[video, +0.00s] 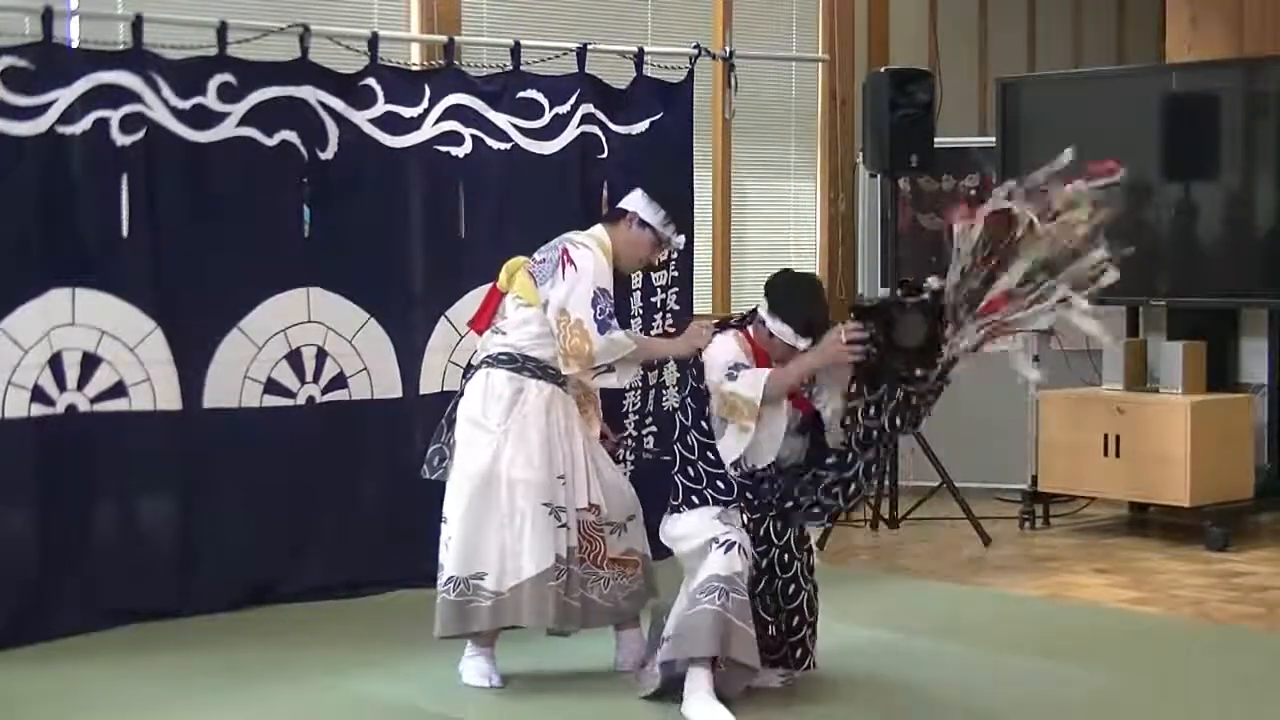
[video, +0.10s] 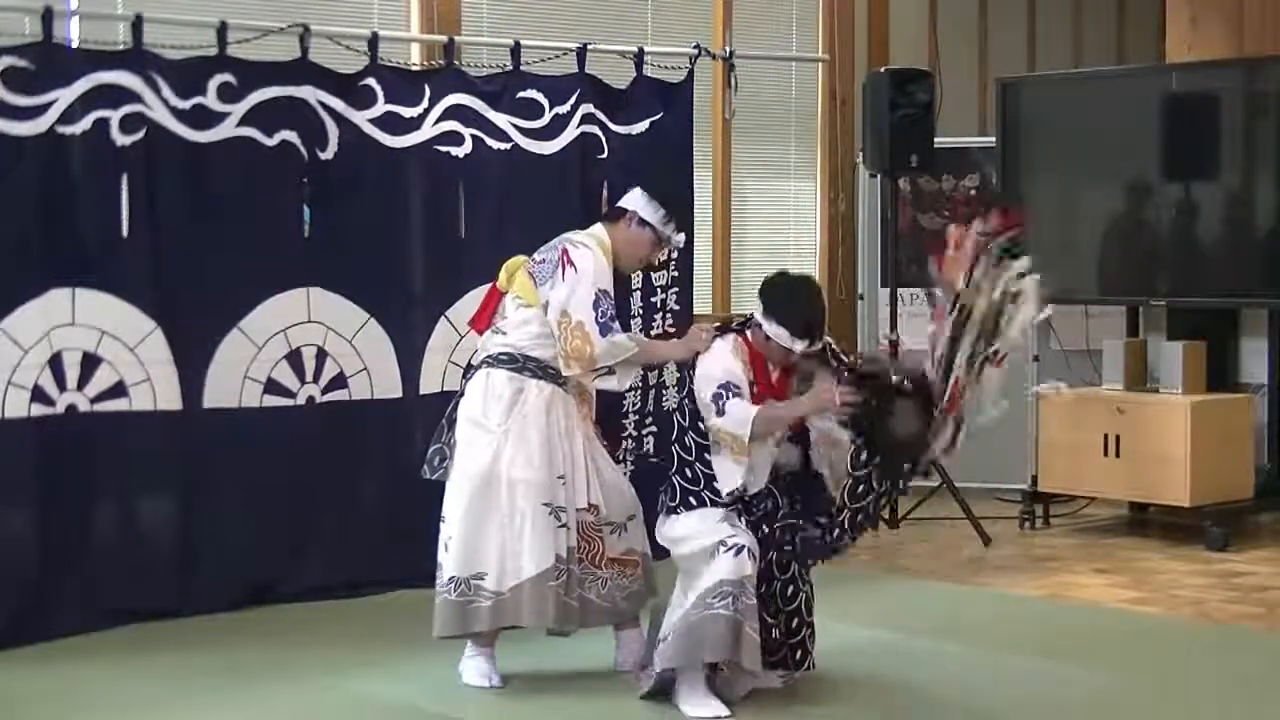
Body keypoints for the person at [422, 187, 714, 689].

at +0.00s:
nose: (652, 262)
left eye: (659, 253)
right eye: (655, 248)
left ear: (627, 225)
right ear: (631, 224)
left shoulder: (583, 257)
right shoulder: (583, 258)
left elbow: (580, 357)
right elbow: (590, 345)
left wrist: (590, 419)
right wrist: (674, 346)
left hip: (545, 402)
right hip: (512, 399)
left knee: (617, 505)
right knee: (501, 521)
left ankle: (633, 648)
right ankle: (479, 652)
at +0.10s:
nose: (652, 260)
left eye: (659, 251)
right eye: (655, 246)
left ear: (627, 224)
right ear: (631, 222)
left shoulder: (585, 258)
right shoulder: (583, 258)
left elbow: (589, 358)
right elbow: (586, 350)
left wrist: (670, 348)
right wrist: (676, 349)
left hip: (545, 401)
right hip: (512, 398)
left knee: (616, 506)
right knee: (501, 520)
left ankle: (632, 648)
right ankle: (479, 652)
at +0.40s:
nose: (663, 251)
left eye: (668, 240)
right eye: (664, 235)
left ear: (630, 219)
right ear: (631, 217)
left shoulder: (587, 256)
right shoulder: (589, 256)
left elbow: (573, 354)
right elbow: (598, 342)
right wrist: (683, 362)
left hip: (546, 405)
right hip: (512, 401)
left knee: (612, 509)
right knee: (502, 521)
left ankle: (632, 649)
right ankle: (479, 651)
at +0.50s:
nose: (666, 247)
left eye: (670, 236)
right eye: (665, 232)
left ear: (631, 218)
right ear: (632, 215)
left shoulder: (592, 257)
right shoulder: (588, 256)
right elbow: (599, 342)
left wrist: (651, 359)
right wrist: (678, 363)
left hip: (548, 403)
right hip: (512, 398)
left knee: (609, 510)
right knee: (504, 520)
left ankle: (631, 649)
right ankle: (480, 651)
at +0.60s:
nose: (667, 246)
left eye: (672, 235)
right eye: (666, 231)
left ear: (632, 217)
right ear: (633, 213)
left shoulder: (593, 256)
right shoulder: (586, 255)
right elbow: (592, 340)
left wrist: (654, 361)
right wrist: (671, 363)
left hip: (547, 403)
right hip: (512, 398)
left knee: (612, 514)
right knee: (501, 520)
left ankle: (633, 648)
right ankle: (480, 650)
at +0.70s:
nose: (667, 242)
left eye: (671, 231)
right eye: (665, 227)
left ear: (631, 215)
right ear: (631, 211)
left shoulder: (595, 258)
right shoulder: (583, 254)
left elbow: (582, 347)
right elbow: (586, 338)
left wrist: (657, 360)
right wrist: (665, 360)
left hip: (548, 401)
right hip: (511, 396)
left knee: (604, 517)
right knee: (501, 520)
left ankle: (631, 645)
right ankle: (480, 651)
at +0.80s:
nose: (660, 239)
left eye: (664, 229)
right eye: (659, 225)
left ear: (628, 213)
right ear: (626, 209)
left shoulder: (595, 260)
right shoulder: (577, 251)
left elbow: (584, 342)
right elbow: (578, 331)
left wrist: (650, 353)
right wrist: (654, 350)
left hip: (551, 401)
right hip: (508, 396)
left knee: (606, 513)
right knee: (502, 519)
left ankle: (631, 642)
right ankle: (482, 649)